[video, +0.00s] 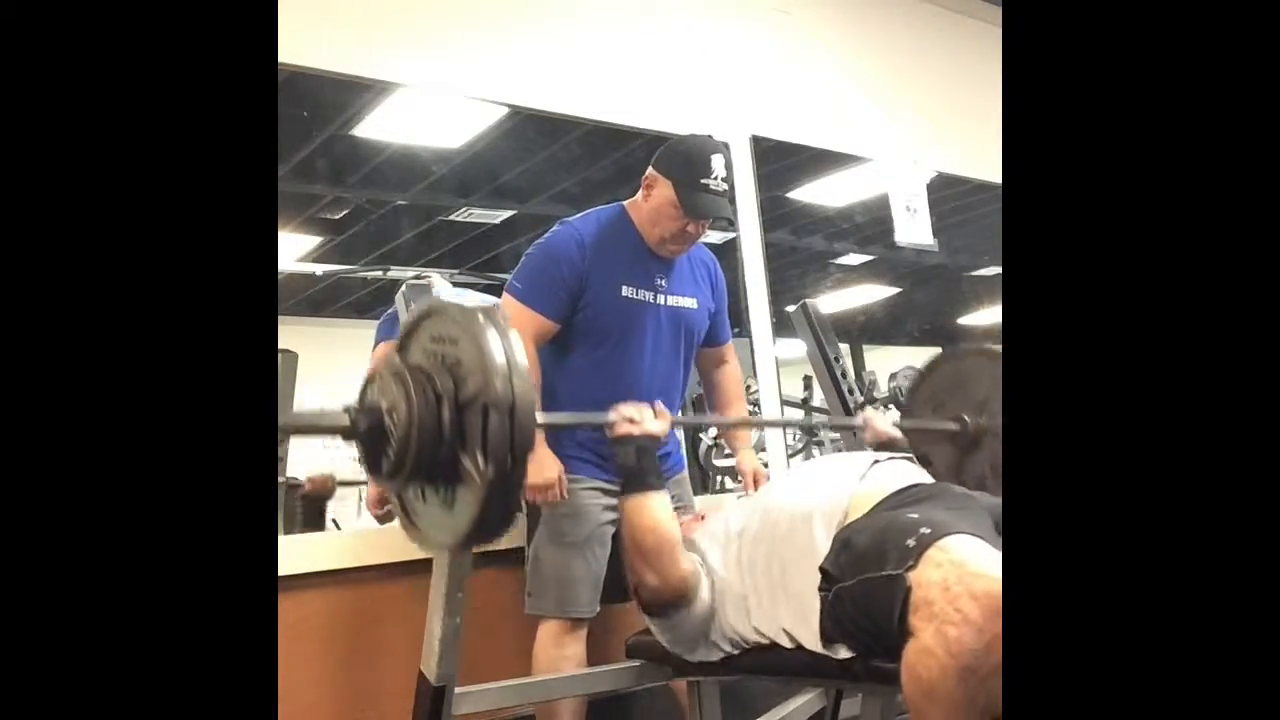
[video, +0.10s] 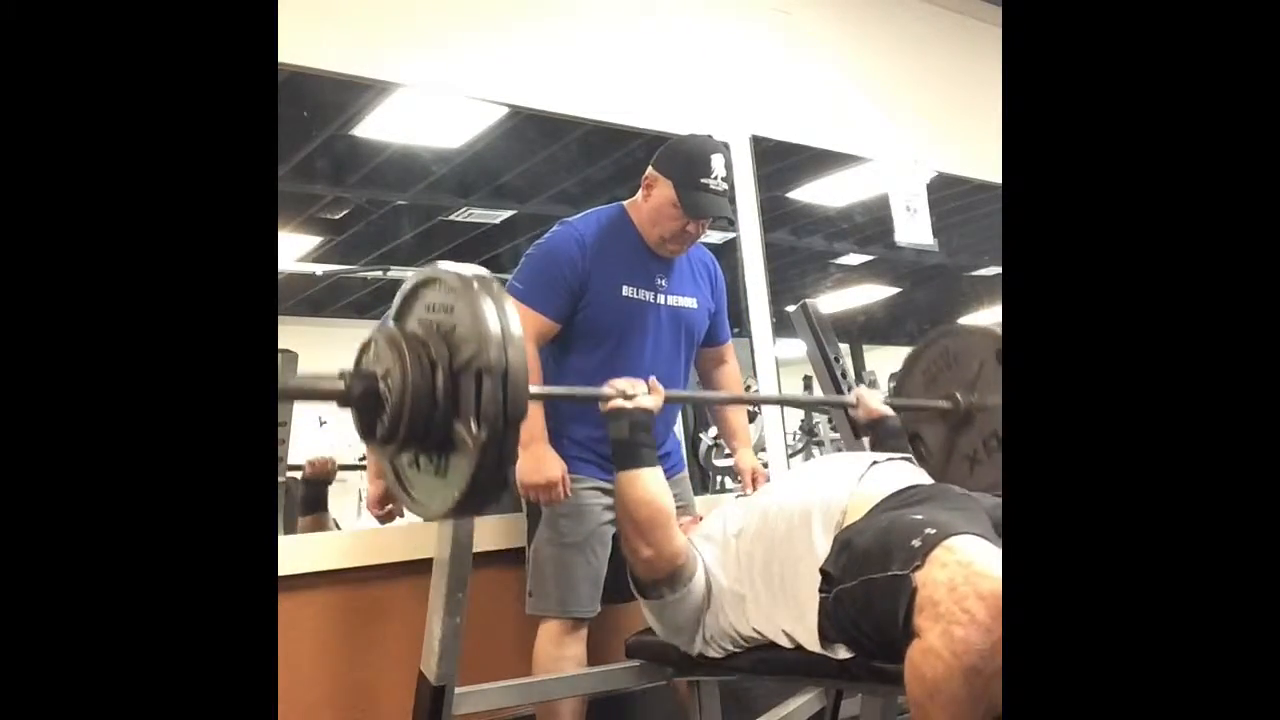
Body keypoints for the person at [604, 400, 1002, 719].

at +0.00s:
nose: (680, 506)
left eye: (676, 502)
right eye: (664, 517)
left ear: (693, 504)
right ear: (652, 559)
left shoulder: (761, 500)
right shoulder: (693, 609)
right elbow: (658, 578)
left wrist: (890, 440)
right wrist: (636, 456)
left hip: (951, 490)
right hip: (870, 530)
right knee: (976, 596)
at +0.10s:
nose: (686, 514)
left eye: (685, 508)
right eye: (673, 520)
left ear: (701, 506)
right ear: (661, 549)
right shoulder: (691, 597)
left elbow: (898, 488)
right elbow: (652, 547)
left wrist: (883, 429)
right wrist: (631, 426)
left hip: (953, 499)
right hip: (866, 530)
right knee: (978, 597)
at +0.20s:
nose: (681, 509)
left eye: (678, 503)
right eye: (669, 517)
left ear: (694, 502)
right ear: (658, 550)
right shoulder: (692, 596)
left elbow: (899, 486)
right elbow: (655, 546)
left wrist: (881, 425)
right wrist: (631, 425)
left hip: (951, 499)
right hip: (863, 531)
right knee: (978, 597)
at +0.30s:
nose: (679, 506)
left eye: (677, 503)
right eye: (664, 515)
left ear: (692, 506)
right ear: (656, 548)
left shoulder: (761, 504)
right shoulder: (691, 607)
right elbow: (657, 570)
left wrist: (878, 442)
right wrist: (634, 450)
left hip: (937, 493)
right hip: (860, 532)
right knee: (975, 598)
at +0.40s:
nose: (684, 508)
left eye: (684, 506)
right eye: (674, 518)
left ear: (699, 508)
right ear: (670, 539)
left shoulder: (759, 502)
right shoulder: (695, 600)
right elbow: (668, 608)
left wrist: (876, 448)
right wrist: (644, 488)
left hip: (939, 490)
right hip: (865, 533)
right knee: (977, 608)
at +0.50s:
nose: (694, 500)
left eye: (694, 496)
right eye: (679, 508)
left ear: (713, 498)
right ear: (674, 540)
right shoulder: (694, 573)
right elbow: (682, 639)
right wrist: (650, 514)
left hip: (946, 491)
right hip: (873, 525)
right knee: (980, 612)